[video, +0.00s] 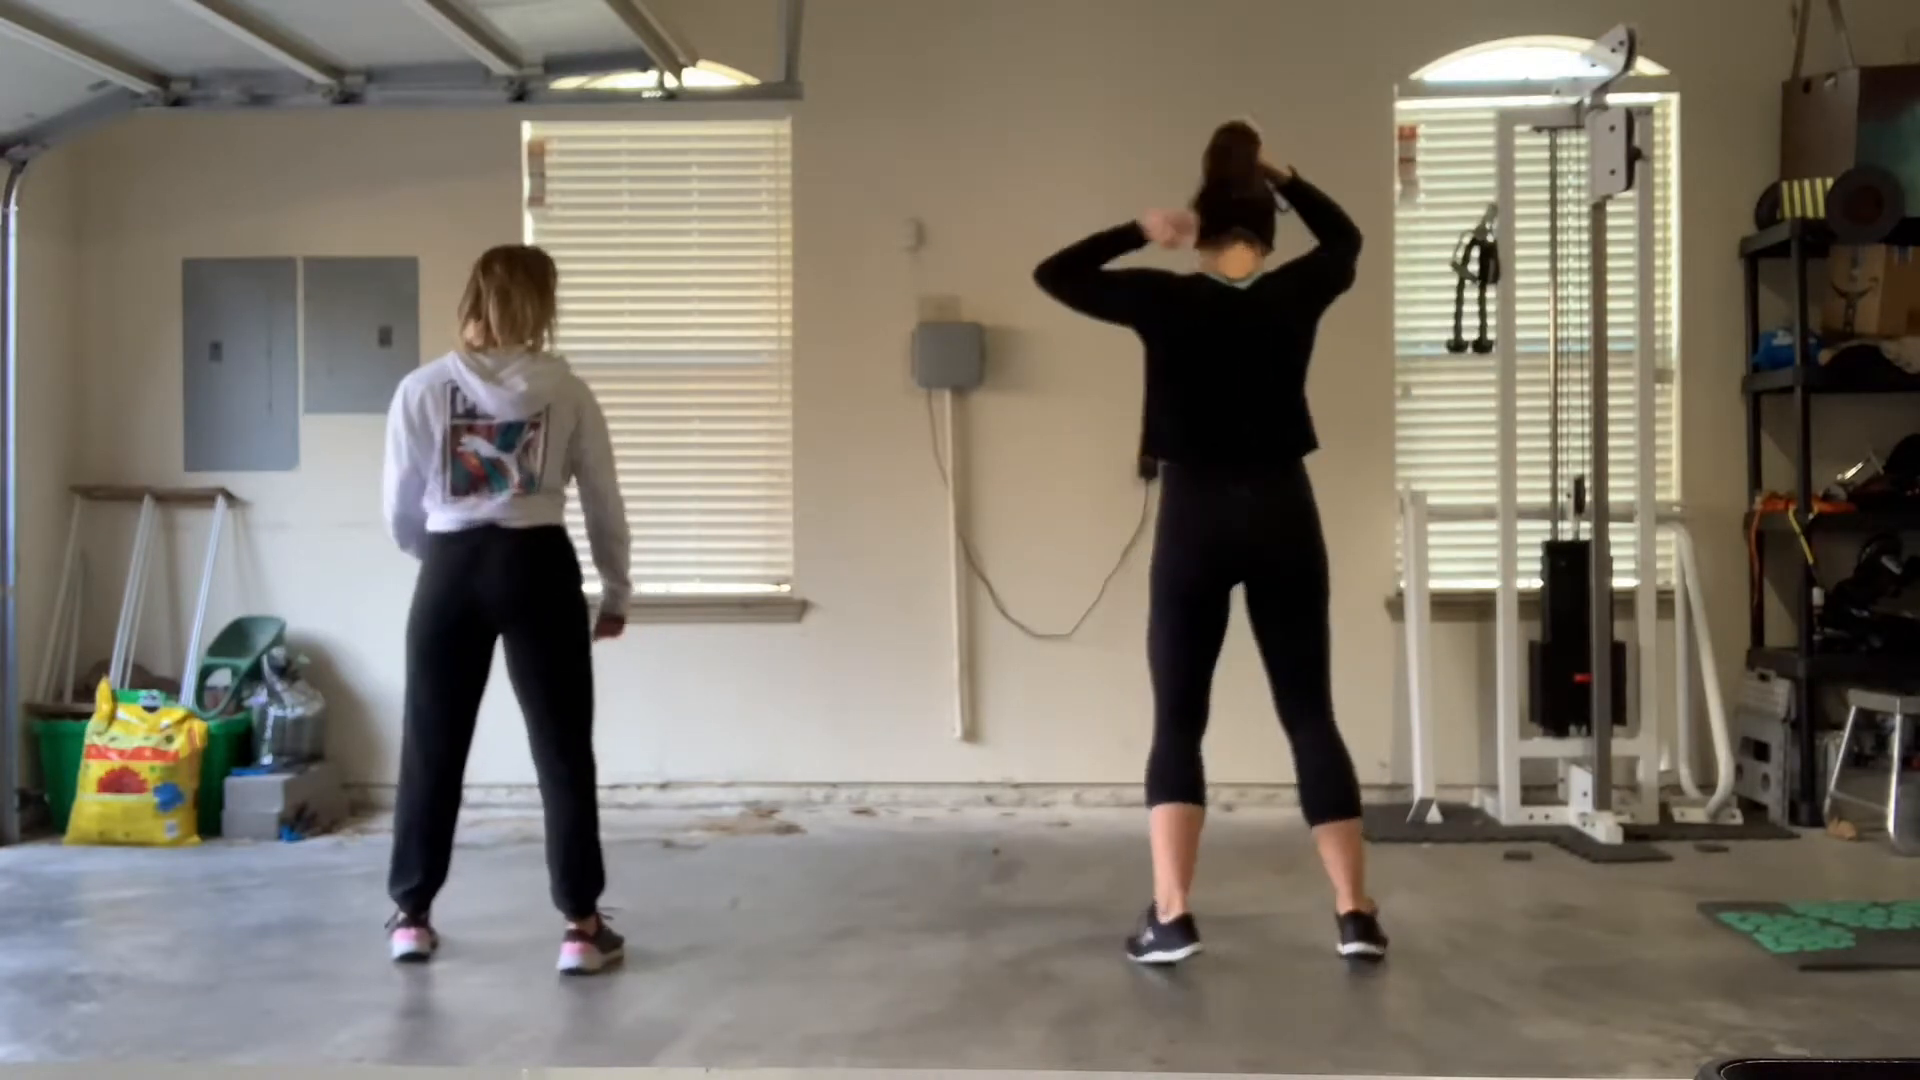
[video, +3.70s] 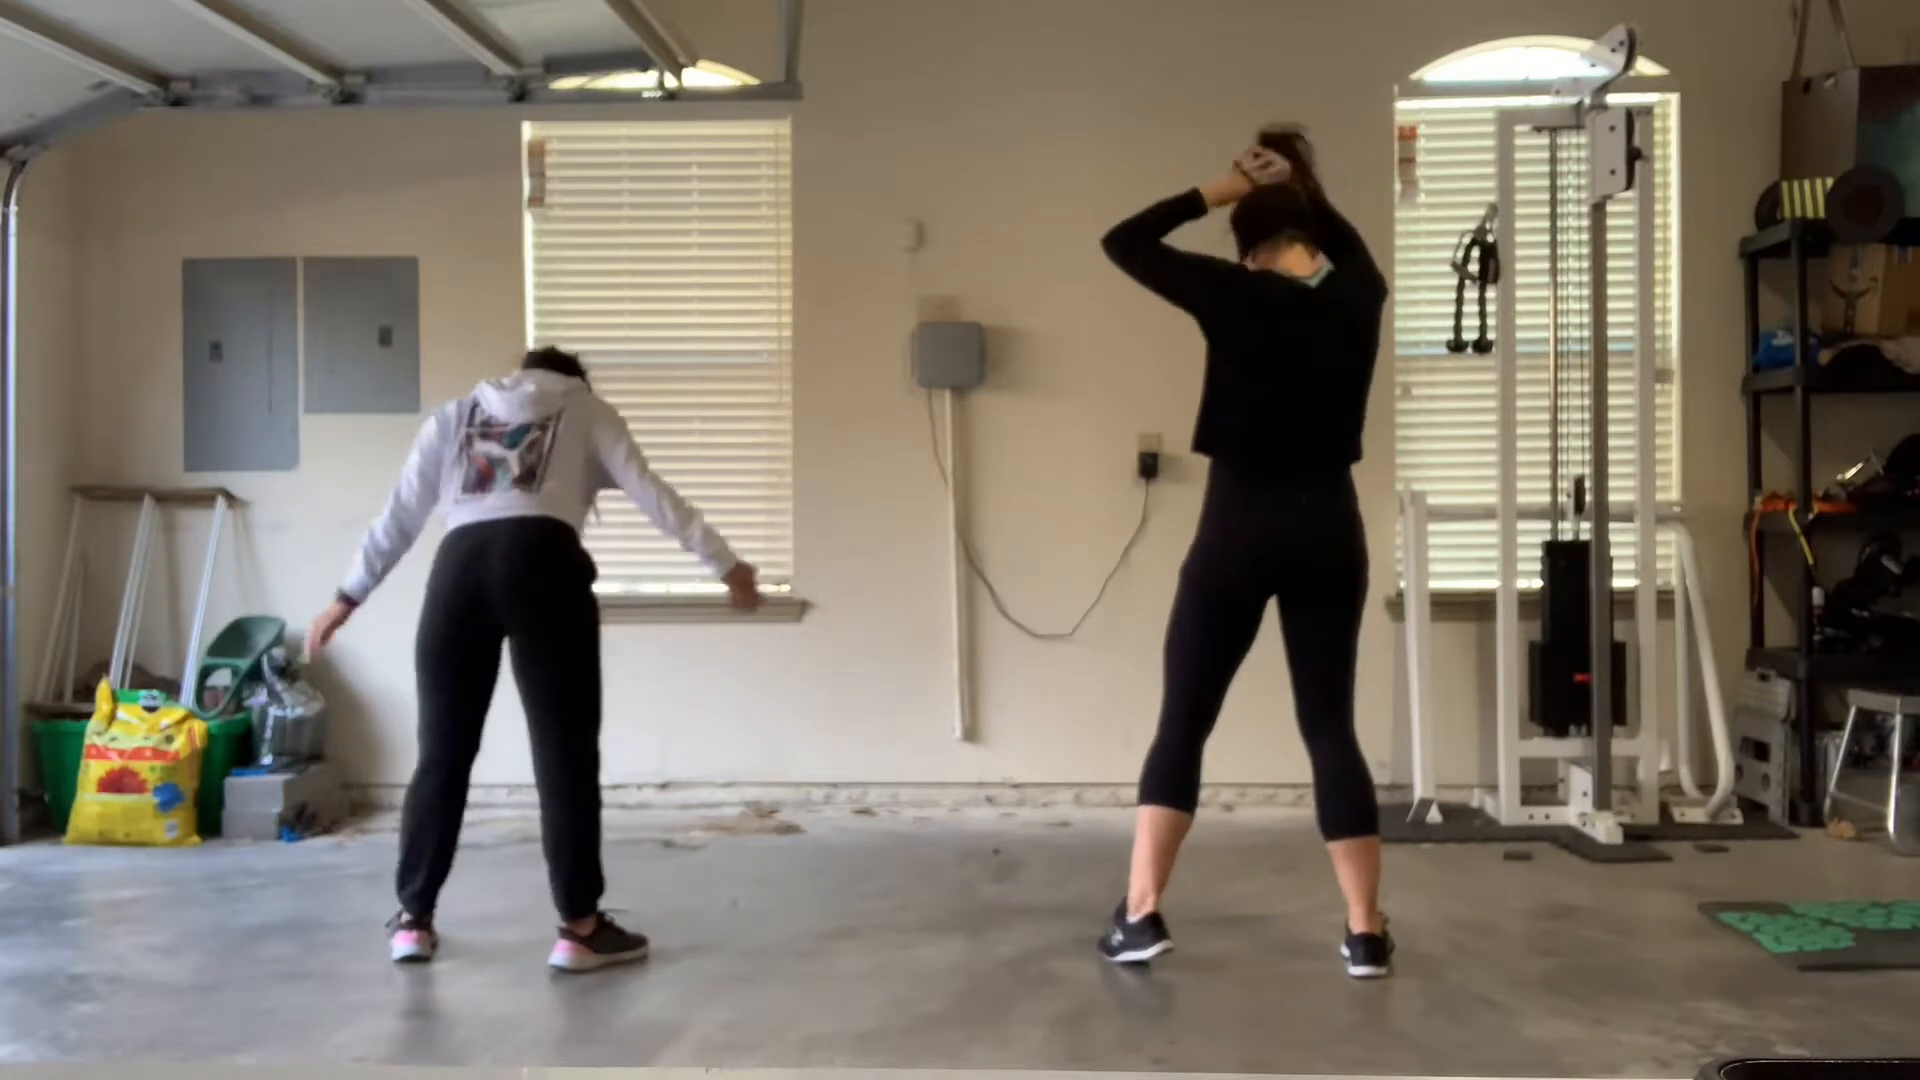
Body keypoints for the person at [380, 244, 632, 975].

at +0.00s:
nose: (551, 312)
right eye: (548, 300)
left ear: (472, 301)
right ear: (542, 305)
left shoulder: (421, 390)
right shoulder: (567, 389)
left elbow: (403, 516)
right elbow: (603, 503)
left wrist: (446, 556)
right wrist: (616, 589)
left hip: (451, 574)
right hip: (542, 572)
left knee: (431, 750)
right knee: (564, 753)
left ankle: (411, 918)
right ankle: (581, 927)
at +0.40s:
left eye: (465, 310)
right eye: (524, 308)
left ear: (459, 315)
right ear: (526, 314)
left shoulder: (422, 393)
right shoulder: (564, 386)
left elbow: (380, 500)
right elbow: (630, 482)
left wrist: (353, 589)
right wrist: (675, 569)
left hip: (454, 579)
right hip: (547, 576)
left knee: (434, 753)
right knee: (569, 754)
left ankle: (413, 919)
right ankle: (582, 926)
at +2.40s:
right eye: (547, 375)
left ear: (481, 369)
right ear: (542, 372)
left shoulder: (428, 409)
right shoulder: (568, 403)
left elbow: (347, 481)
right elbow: (604, 481)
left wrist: (267, 544)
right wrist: (616, 571)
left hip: (490, 576)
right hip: (579, 568)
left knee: (459, 750)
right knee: (590, 758)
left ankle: (414, 918)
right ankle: (585, 927)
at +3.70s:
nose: (589, 396)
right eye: (585, 386)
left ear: (517, 376)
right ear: (576, 382)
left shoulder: (454, 414)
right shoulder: (586, 409)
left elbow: (403, 512)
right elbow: (648, 491)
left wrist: (348, 596)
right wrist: (728, 564)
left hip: (457, 571)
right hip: (546, 568)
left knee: (442, 756)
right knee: (565, 755)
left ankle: (412, 921)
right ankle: (580, 926)